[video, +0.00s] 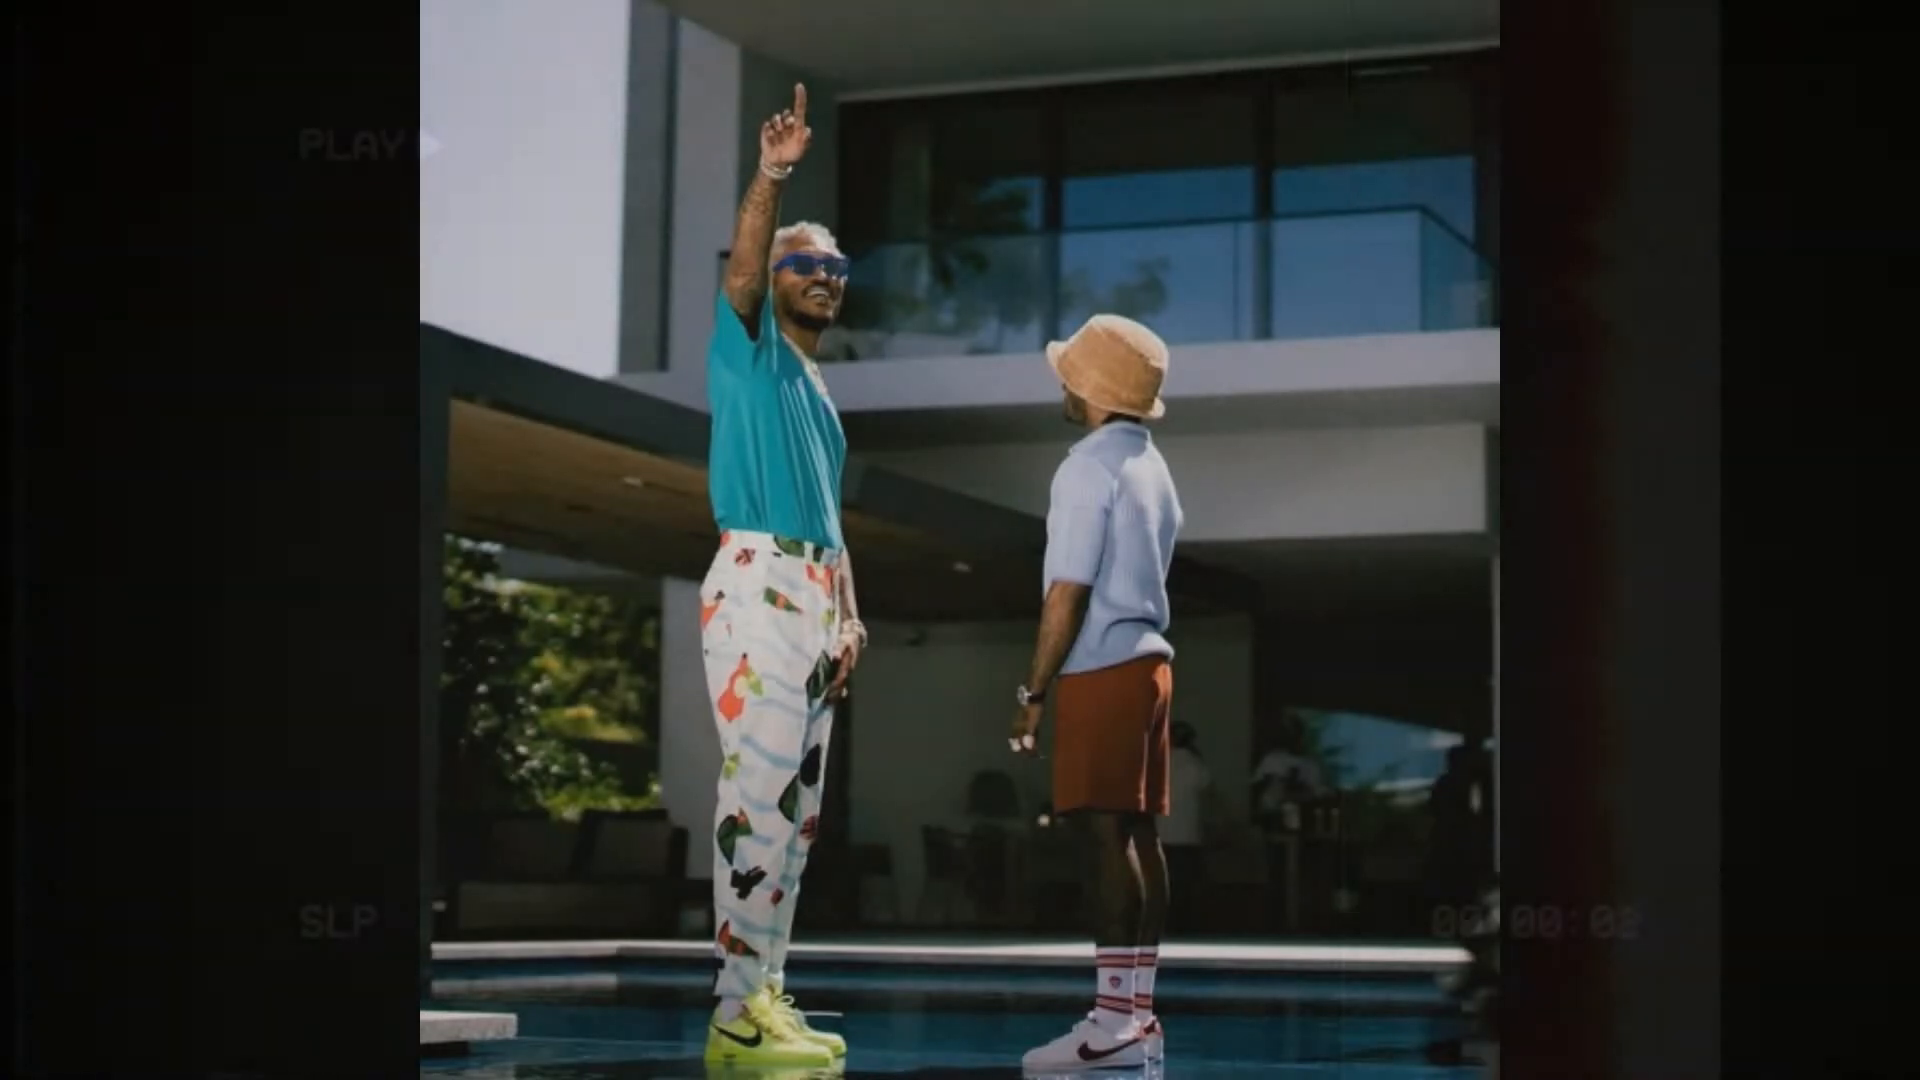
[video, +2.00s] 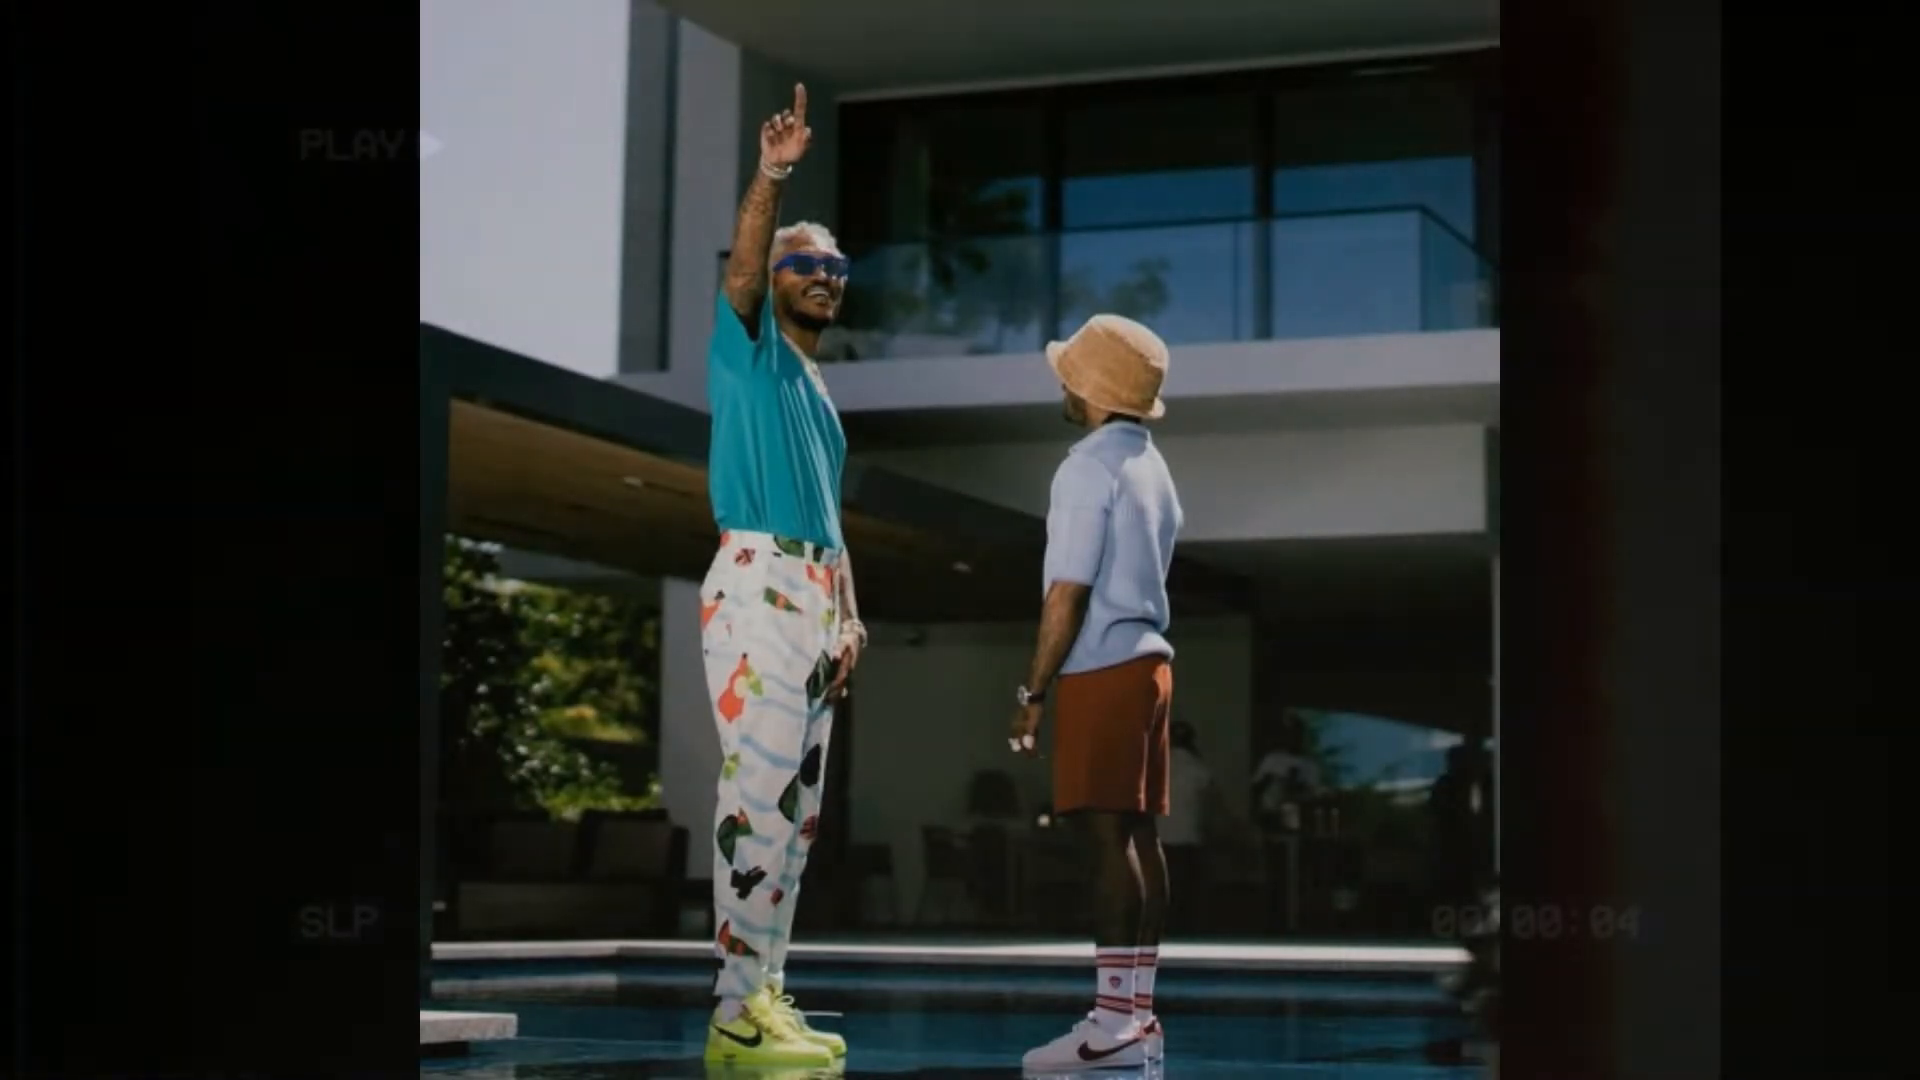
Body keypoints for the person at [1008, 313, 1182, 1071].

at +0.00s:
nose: (1064, 388)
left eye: (1072, 378)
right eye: (1069, 376)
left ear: (1090, 391)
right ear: (1132, 394)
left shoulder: (1088, 468)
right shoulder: (1148, 463)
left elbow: (1067, 595)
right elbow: (1147, 579)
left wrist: (1032, 691)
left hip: (1104, 669)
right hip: (1147, 665)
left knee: (1105, 837)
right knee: (1140, 837)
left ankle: (1116, 1014)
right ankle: (1135, 1012)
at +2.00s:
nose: (1064, 388)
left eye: (1072, 379)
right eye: (1069, 377)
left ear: (1090, 391)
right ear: (1132, 394)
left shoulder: (1087, 469)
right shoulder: (1148, 463)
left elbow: (1067, 596)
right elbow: (1147, 579)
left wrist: (1031, 691)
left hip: (1104, 669)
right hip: (1147, 665)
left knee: (1107, 838)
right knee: (1139, 837)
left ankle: (1116, 1015)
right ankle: (1135, 1011)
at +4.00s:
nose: (1064, 388)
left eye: (1072, 378)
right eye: (1069, 376)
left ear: (1091, 391)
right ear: (1131, 394)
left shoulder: (1088, 468)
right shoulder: (1148, 463)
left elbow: (1067, 595)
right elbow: (1147, 577)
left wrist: (1031, 691)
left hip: (1104, 670)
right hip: (1146, 666)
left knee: (1108, 838)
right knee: (1139, 837)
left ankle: (1116, 1014)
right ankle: (1135, 1011)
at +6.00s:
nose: (1064, 387)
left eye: (1072, 377)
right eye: (1068, 376)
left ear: (1092, 390)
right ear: (1130, 394)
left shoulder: (1088, 468)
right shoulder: (1148, 463)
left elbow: (1067, 594)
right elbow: (1149, 576)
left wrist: (1032, 691)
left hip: (1104, 669)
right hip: (1146, 665)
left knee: (1108, 838)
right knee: (1139, 838)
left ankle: (1116, 1015)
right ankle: (1135, 1012)